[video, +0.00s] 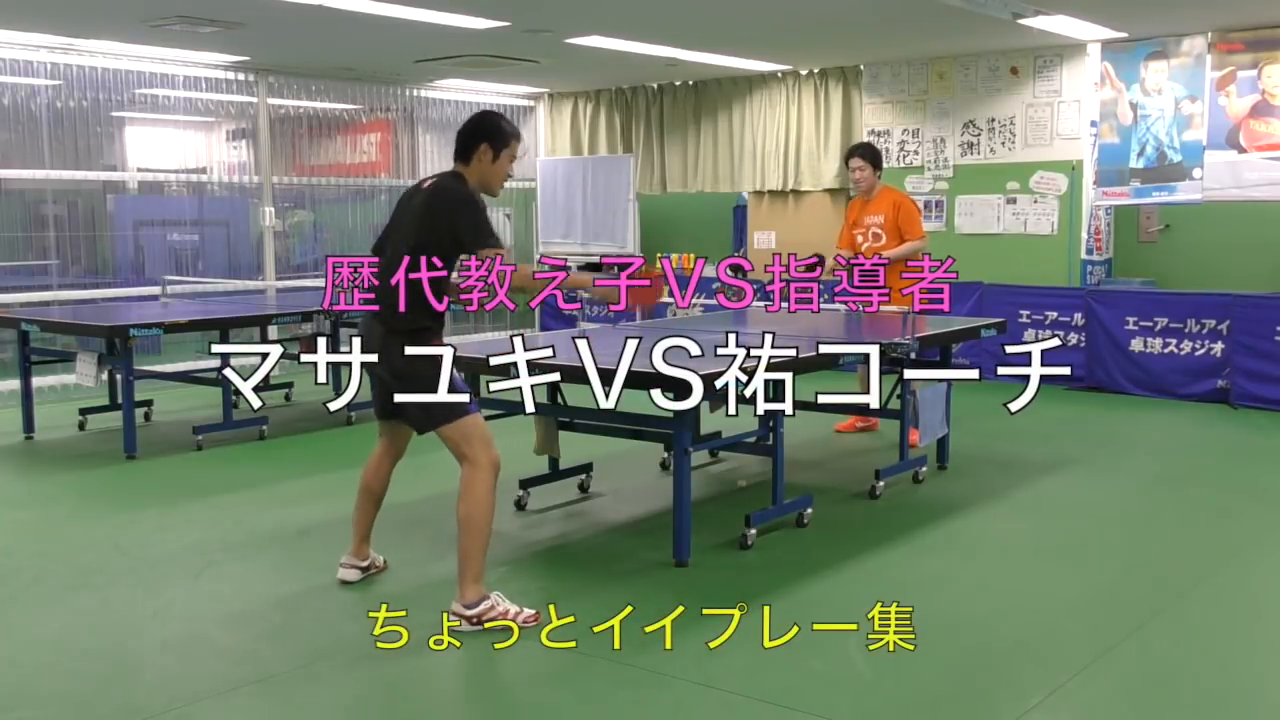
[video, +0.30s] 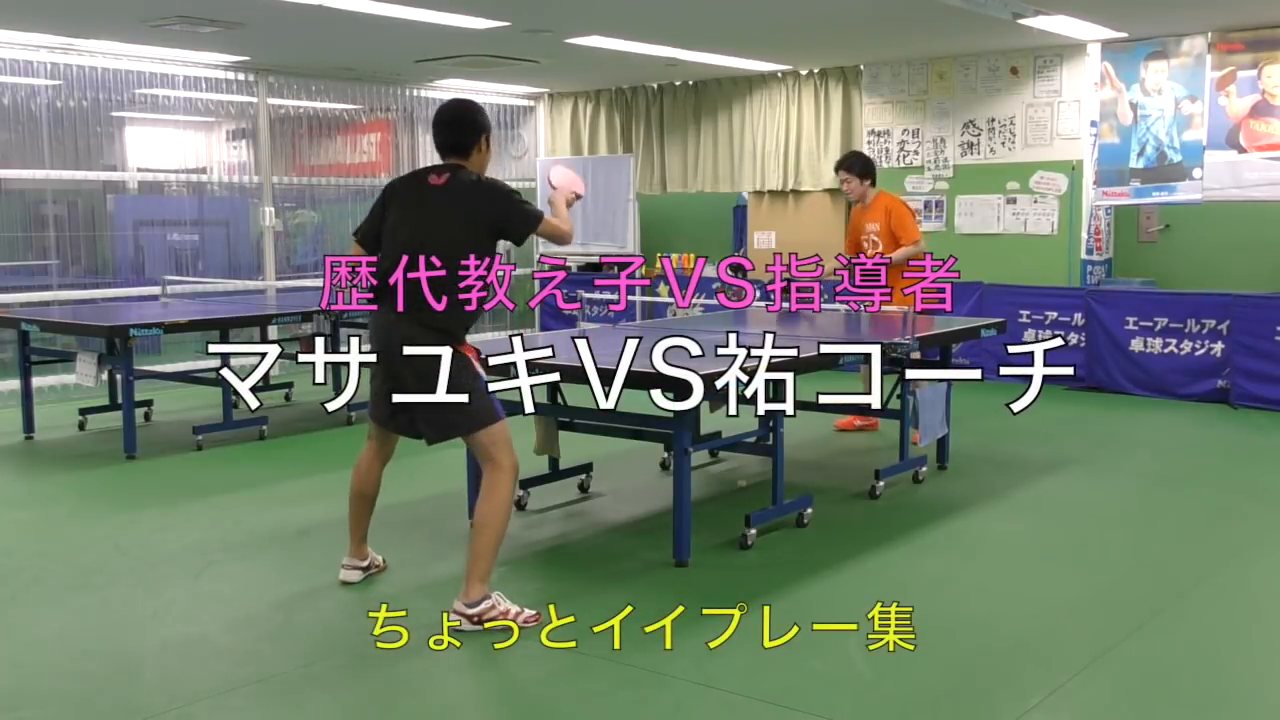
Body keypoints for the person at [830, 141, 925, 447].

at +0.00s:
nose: (856, 175)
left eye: (861, 169)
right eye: (852, 170)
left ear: (877, 170)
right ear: (848, 173)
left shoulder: (899, 201)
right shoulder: (854, 206)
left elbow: (919, 243)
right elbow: (846, 249)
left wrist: (884, 255)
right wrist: (836, 262)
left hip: (901, 296)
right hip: (868, 297)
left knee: (908, 361)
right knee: (865, 355)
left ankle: (913, 423)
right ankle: (865, 414)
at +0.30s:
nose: (843, 187)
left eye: (848, 181)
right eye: (841, 182)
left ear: (865, 179)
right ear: (848, 182)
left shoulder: (892, 205)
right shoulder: (856, 213)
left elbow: (916, 246)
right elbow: (848, 256)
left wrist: (883, 261)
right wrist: (823, 273)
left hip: (903, 298)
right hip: (872, 299)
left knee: (912, 360)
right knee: (868, 355)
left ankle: (923, 422)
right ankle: (867, 413)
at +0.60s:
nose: (841, 179)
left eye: (846, 173)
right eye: (838, 174)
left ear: (864, 172)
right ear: (838, 176)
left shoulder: (893, 201)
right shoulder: (843, 208)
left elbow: (913, 240)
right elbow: (824, 247)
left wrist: (882, 251)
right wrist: (812, 234)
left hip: (900, 296)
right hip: (864, 298)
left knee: (912, 358)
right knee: (862, 354)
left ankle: (926, 420)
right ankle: (866, 414)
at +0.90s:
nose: (847, 174)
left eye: (853, 168)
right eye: (844, 169)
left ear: (870, 170)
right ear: (842, 172)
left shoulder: (893, 200)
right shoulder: (851, 209)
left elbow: (912, 240)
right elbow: (847, 255)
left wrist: (879, 251)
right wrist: (823, 277)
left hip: (898, 296)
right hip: (865, 298)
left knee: (911, 358)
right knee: (864, 354)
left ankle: (925, 417)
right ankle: (867, 413)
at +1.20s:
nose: (844, 185)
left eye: (848, 179)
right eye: (842, 179)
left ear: (867, 177)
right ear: (846, 180)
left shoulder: (896, 203)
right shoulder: (853, 211)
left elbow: (918, 244)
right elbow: (832, 248)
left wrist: (884, 256)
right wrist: (797, 259)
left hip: (906, 296)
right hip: (872, 298)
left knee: (914, 358)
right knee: (870, 353)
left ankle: (925, 420)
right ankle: (868, 413)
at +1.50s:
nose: (850, 173)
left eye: (856, 166)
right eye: (846, 168)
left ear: (873, 167)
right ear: (844, 171)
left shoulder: (898, 197)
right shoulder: (846, 207)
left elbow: (920, 237)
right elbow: (834, 249)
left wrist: (886, 246)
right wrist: (821, 248)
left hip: (904, 295)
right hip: (867, 297)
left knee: (913, 357)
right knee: (866, 354)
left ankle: (923, 419)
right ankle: (866, 413)